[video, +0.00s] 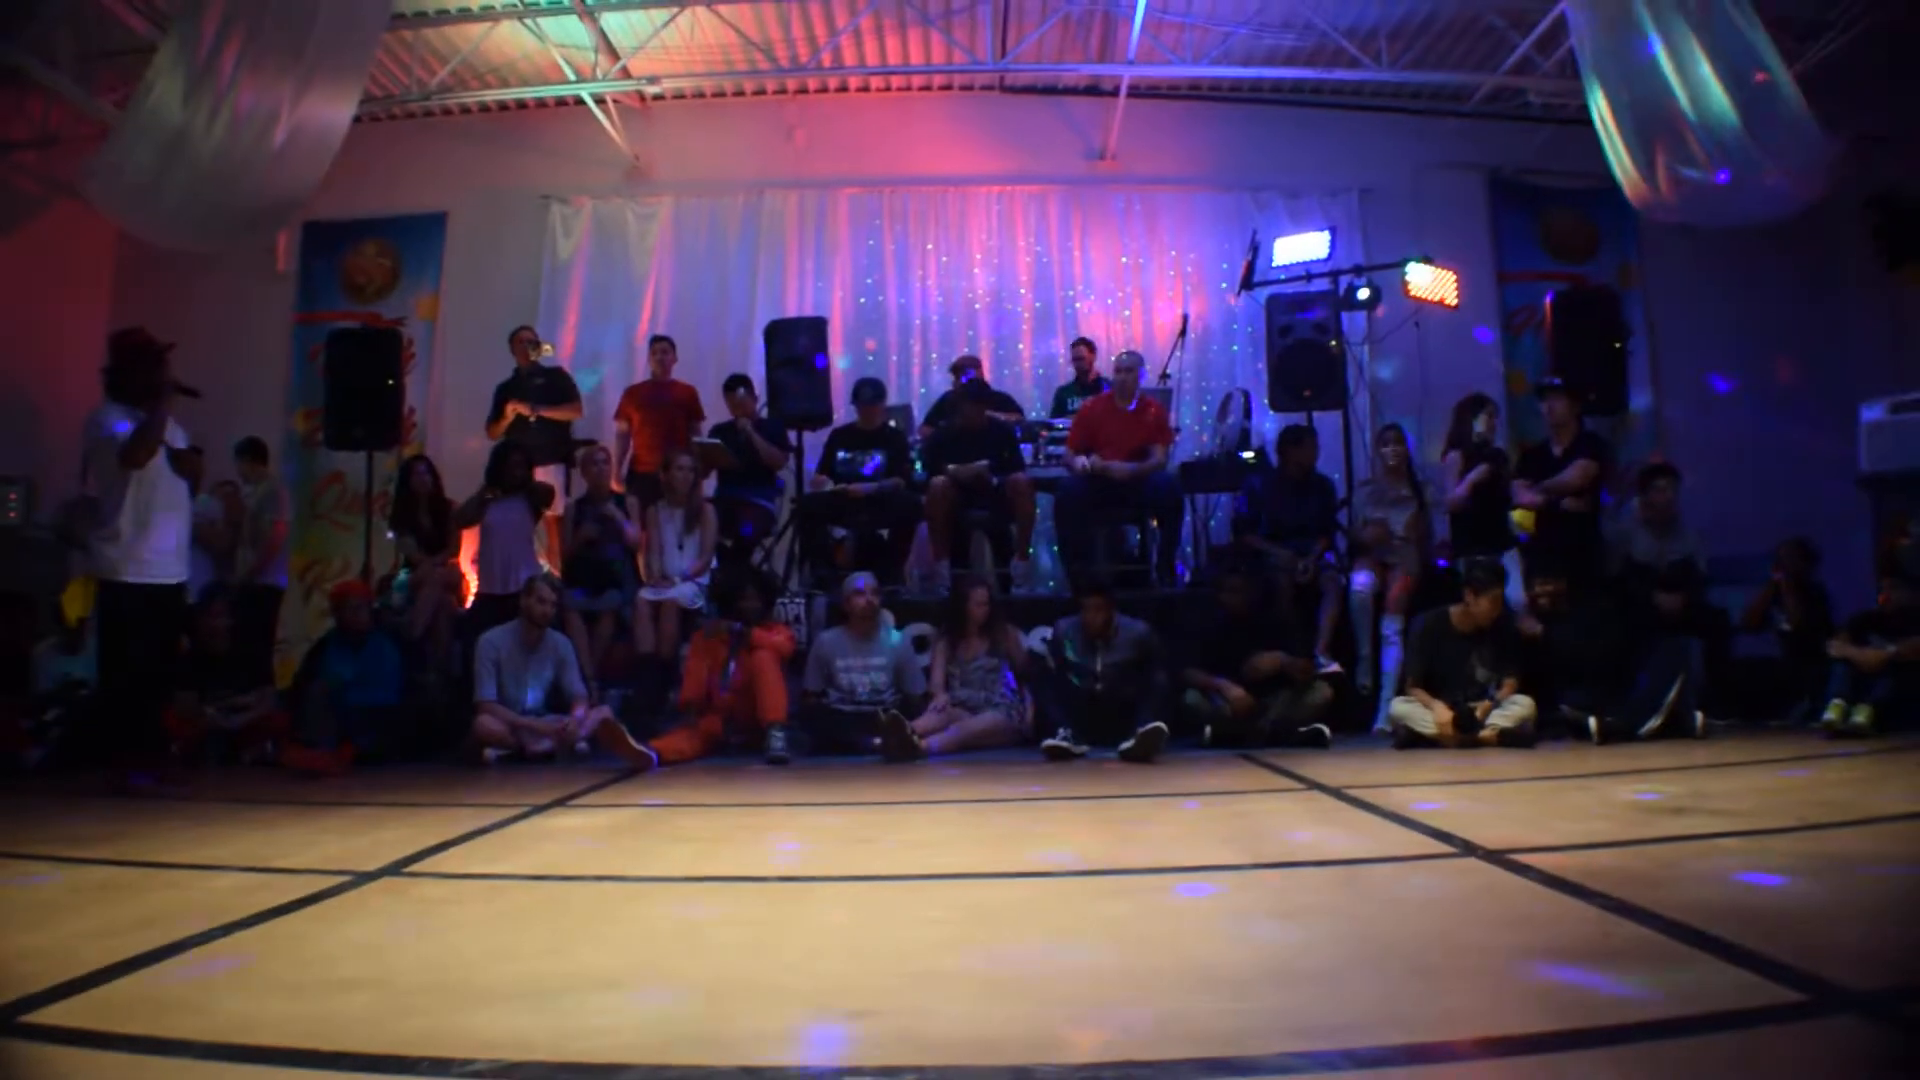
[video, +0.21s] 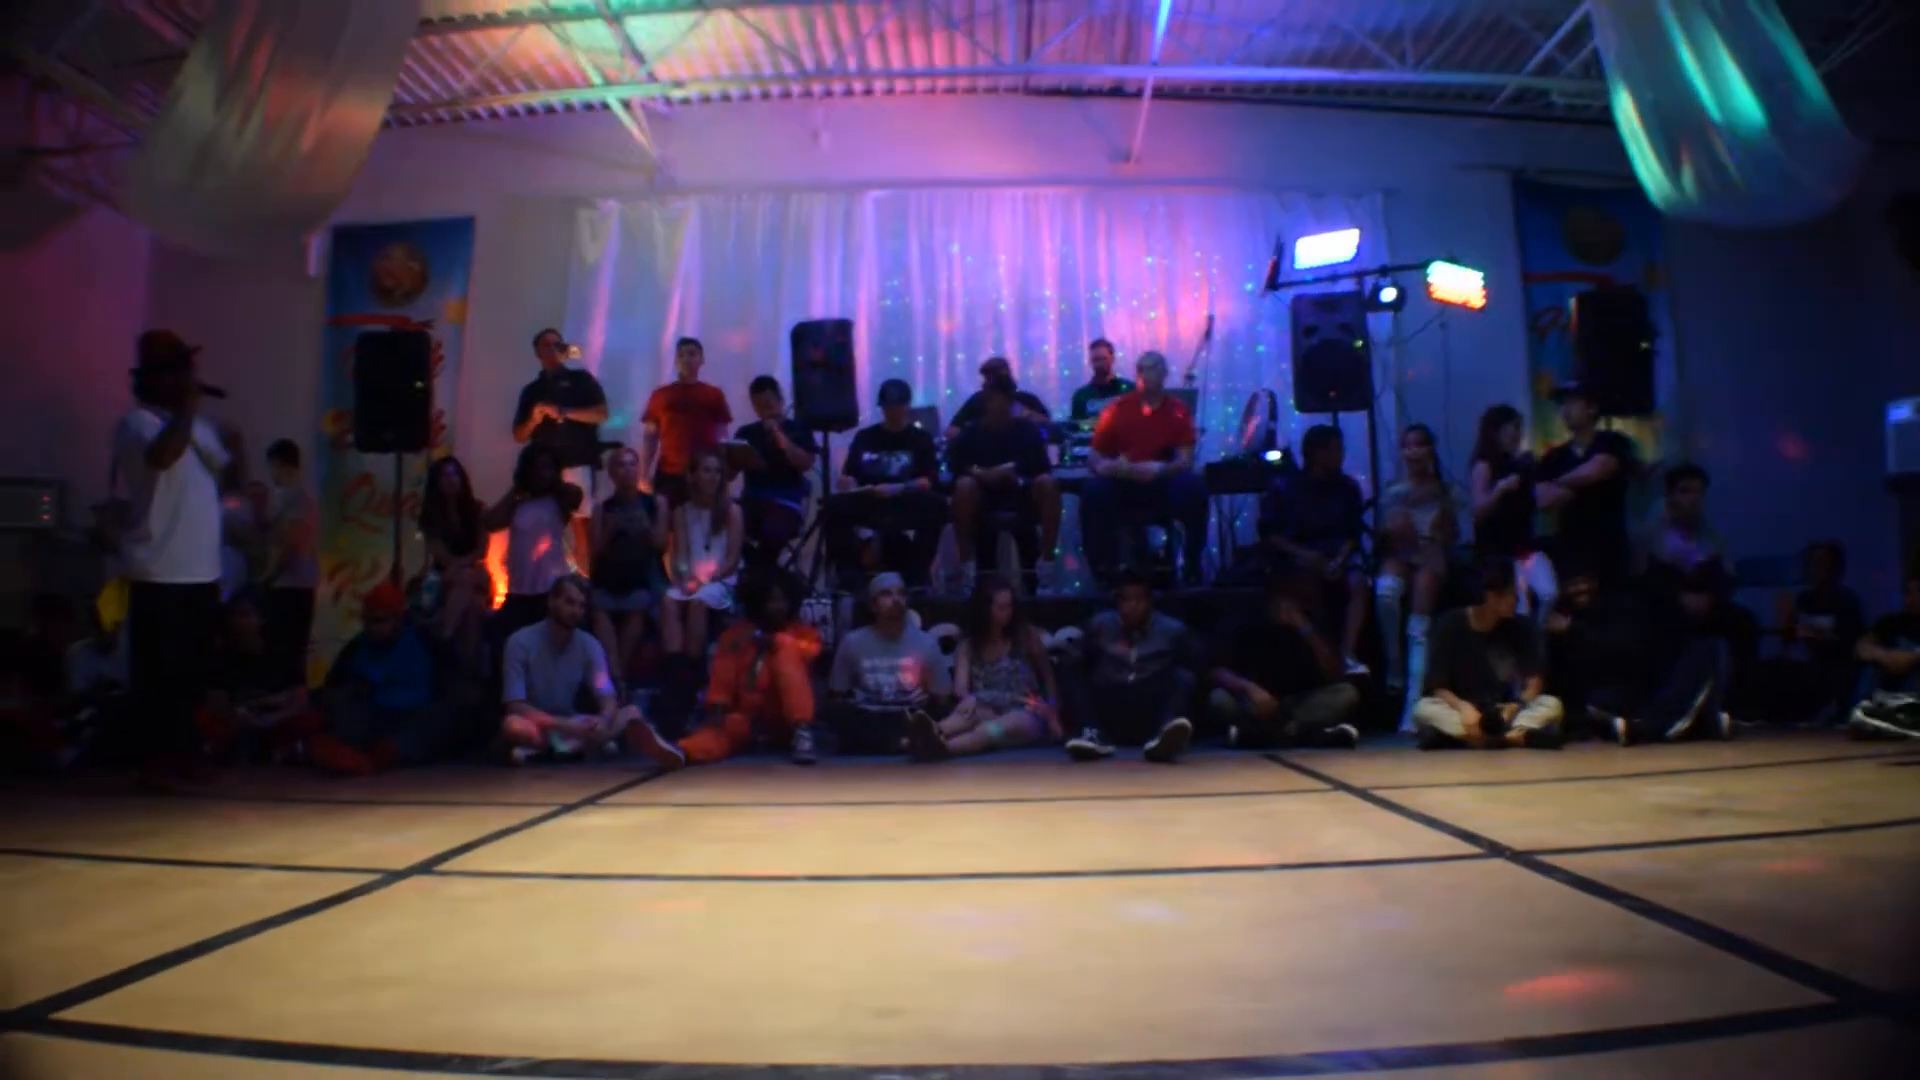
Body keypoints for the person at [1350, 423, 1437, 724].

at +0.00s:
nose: (1393, 451)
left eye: (1398, 445)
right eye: (1386, 445)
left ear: (1407, 450)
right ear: (1377, 452)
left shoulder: (1419, 490)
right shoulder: (1364, 490)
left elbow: (1426, 534)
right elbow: (1354, 530)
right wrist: (1369, 536)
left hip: (1404, 554)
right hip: (1370, 555)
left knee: (1391, 625)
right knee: (1360, 588)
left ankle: (1387, 709)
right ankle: (1364, 663)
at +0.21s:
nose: (1413, 452)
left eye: (1419, 445)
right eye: (1407, 446)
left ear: (1431, 450)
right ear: (1401, 452)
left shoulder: (1449, 491)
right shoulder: (1392, 492)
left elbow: (1457, 535)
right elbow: (1384, 534)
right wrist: (1396, 533)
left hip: (1431, 556)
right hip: (1398, 554)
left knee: (1418, 628)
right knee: (1386, 593)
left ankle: (1415, 702)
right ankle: (1393, 664)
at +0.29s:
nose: (1414, 452)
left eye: (1420, 446)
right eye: (1408, 446)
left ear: (1431, 451)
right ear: (1401, 452)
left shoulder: (1445, 489)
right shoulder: (1392, 490)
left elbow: (1451, 533)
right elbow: (1383, 532)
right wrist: (1396, 519)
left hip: (1430, 551)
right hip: (1398, 551)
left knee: (1419, 627)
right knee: (1386, 590)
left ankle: (1414, 709)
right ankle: (1393, 667)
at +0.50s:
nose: (1414, 448)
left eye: (1421, 442)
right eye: (1408, 442)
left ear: (1431, 447)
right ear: (1401, 448)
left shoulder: (1443, 482)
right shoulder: (1395, 480)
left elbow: (1453, 524)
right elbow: (1389, 523)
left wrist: (1433, 487)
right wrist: (1394, 486)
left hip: (1432, 549)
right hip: (1401, 547)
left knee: (1419, 623)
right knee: (1385, 590)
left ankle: (1416, 702)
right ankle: (1394, 668)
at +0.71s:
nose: (1410, 448)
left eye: (1416, 442)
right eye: (1404, 443)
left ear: (1429, 447)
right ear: (1398, 449)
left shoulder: (1442, 484)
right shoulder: (1393, 483)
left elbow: (1444, 519)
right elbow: (1391, 523)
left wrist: (1431, 480)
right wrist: (1393, 482)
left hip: (1430, 548)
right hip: (1401, 547)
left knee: (1420, 625)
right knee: (1387, 590)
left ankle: (1415, 707)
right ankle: (1394, 666)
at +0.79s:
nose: (1408, 448)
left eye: (1414, 442)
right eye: (1403, 443)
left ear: (1427, 446)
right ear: (1397, 450)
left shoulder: (1441, 484)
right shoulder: (1392, 484)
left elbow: (1441, 520)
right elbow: (1390, 524)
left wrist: (1430, 484)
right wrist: (1394, 485)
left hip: (1430, 549)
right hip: (1400, 548)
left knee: (1419, 625)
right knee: (1386, 591)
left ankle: (1414, 709)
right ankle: (1393, 666)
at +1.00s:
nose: (1408, 449)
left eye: (1414, 443)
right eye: (1402, 444)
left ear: (1425, 448)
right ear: (1397, 450)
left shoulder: (1439, 481)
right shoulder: (1391, 484)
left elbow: (1441, 529)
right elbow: (1386, 534)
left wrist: (1434, 493)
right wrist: (1389, 504)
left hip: (1427, 549)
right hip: (1397, 549)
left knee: (1417, 627)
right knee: (1384, 595)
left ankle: (1414, 709)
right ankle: (1393, 670)